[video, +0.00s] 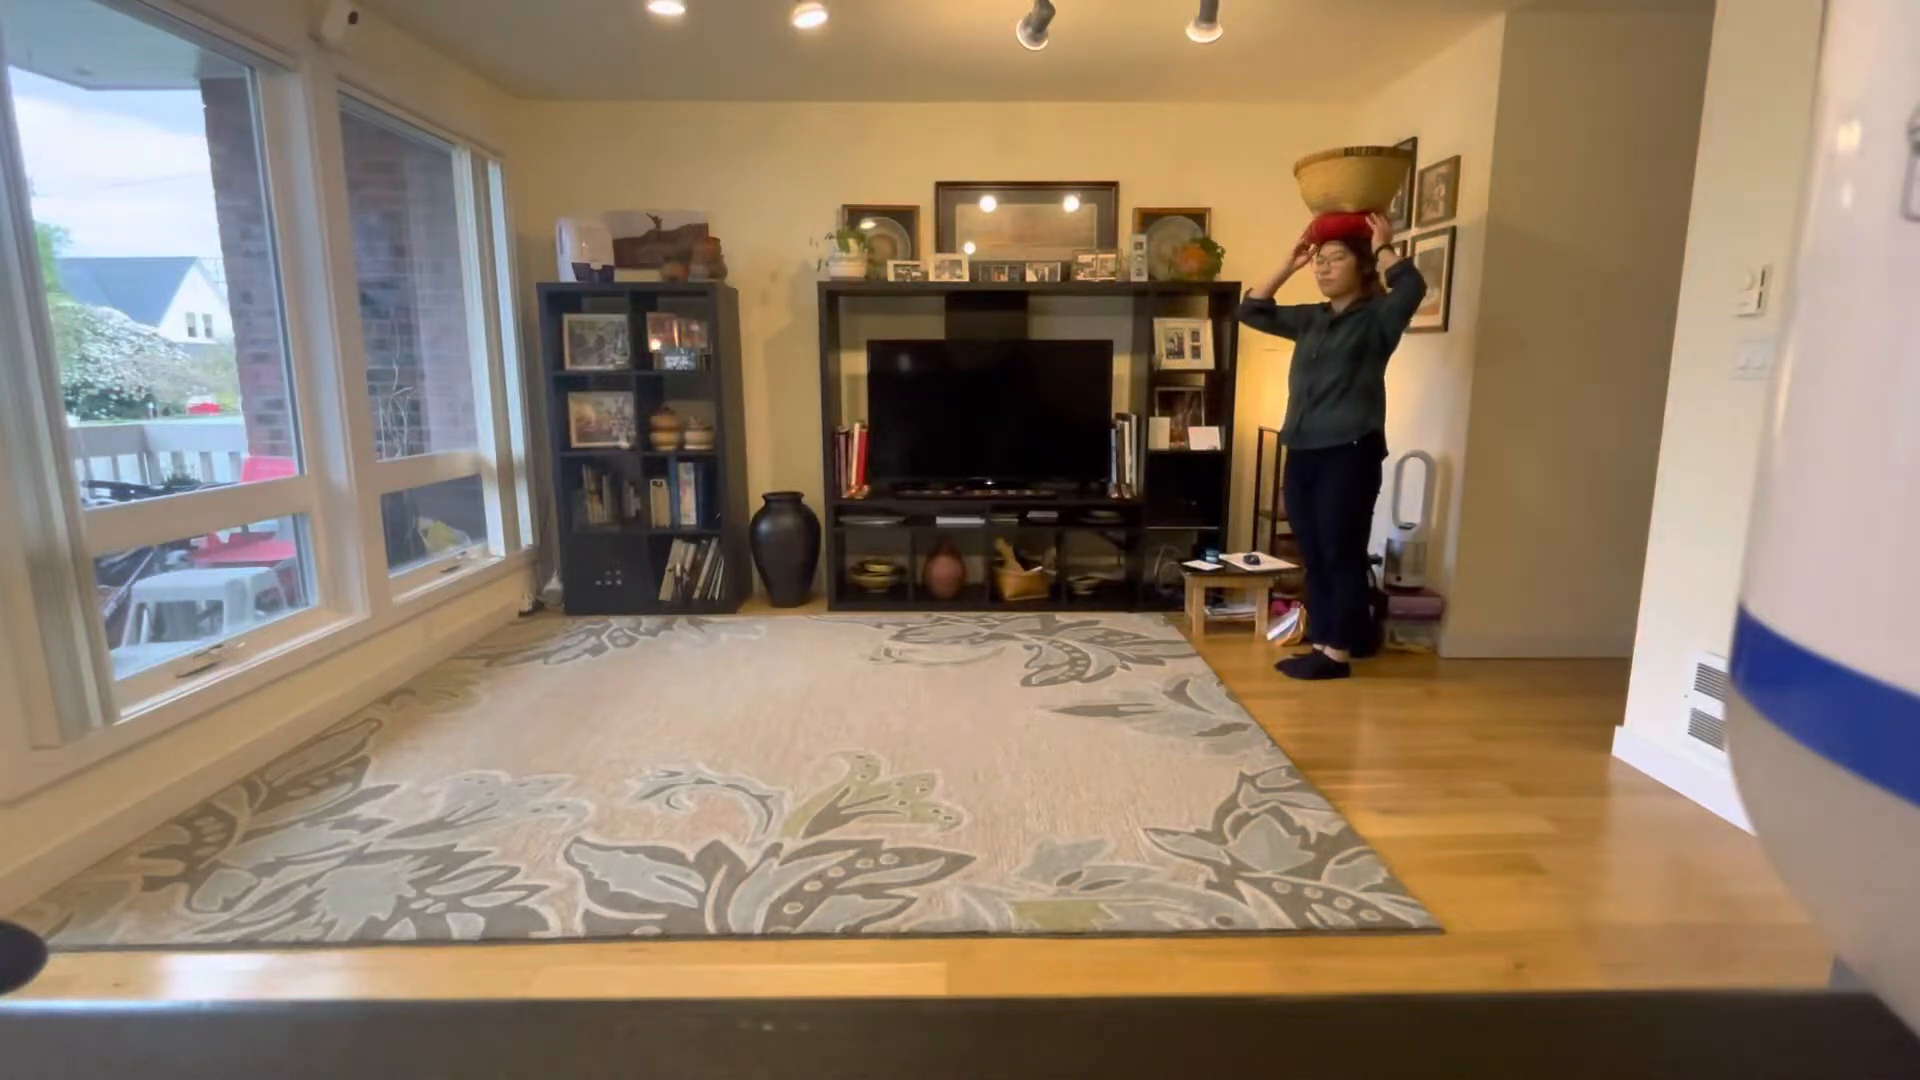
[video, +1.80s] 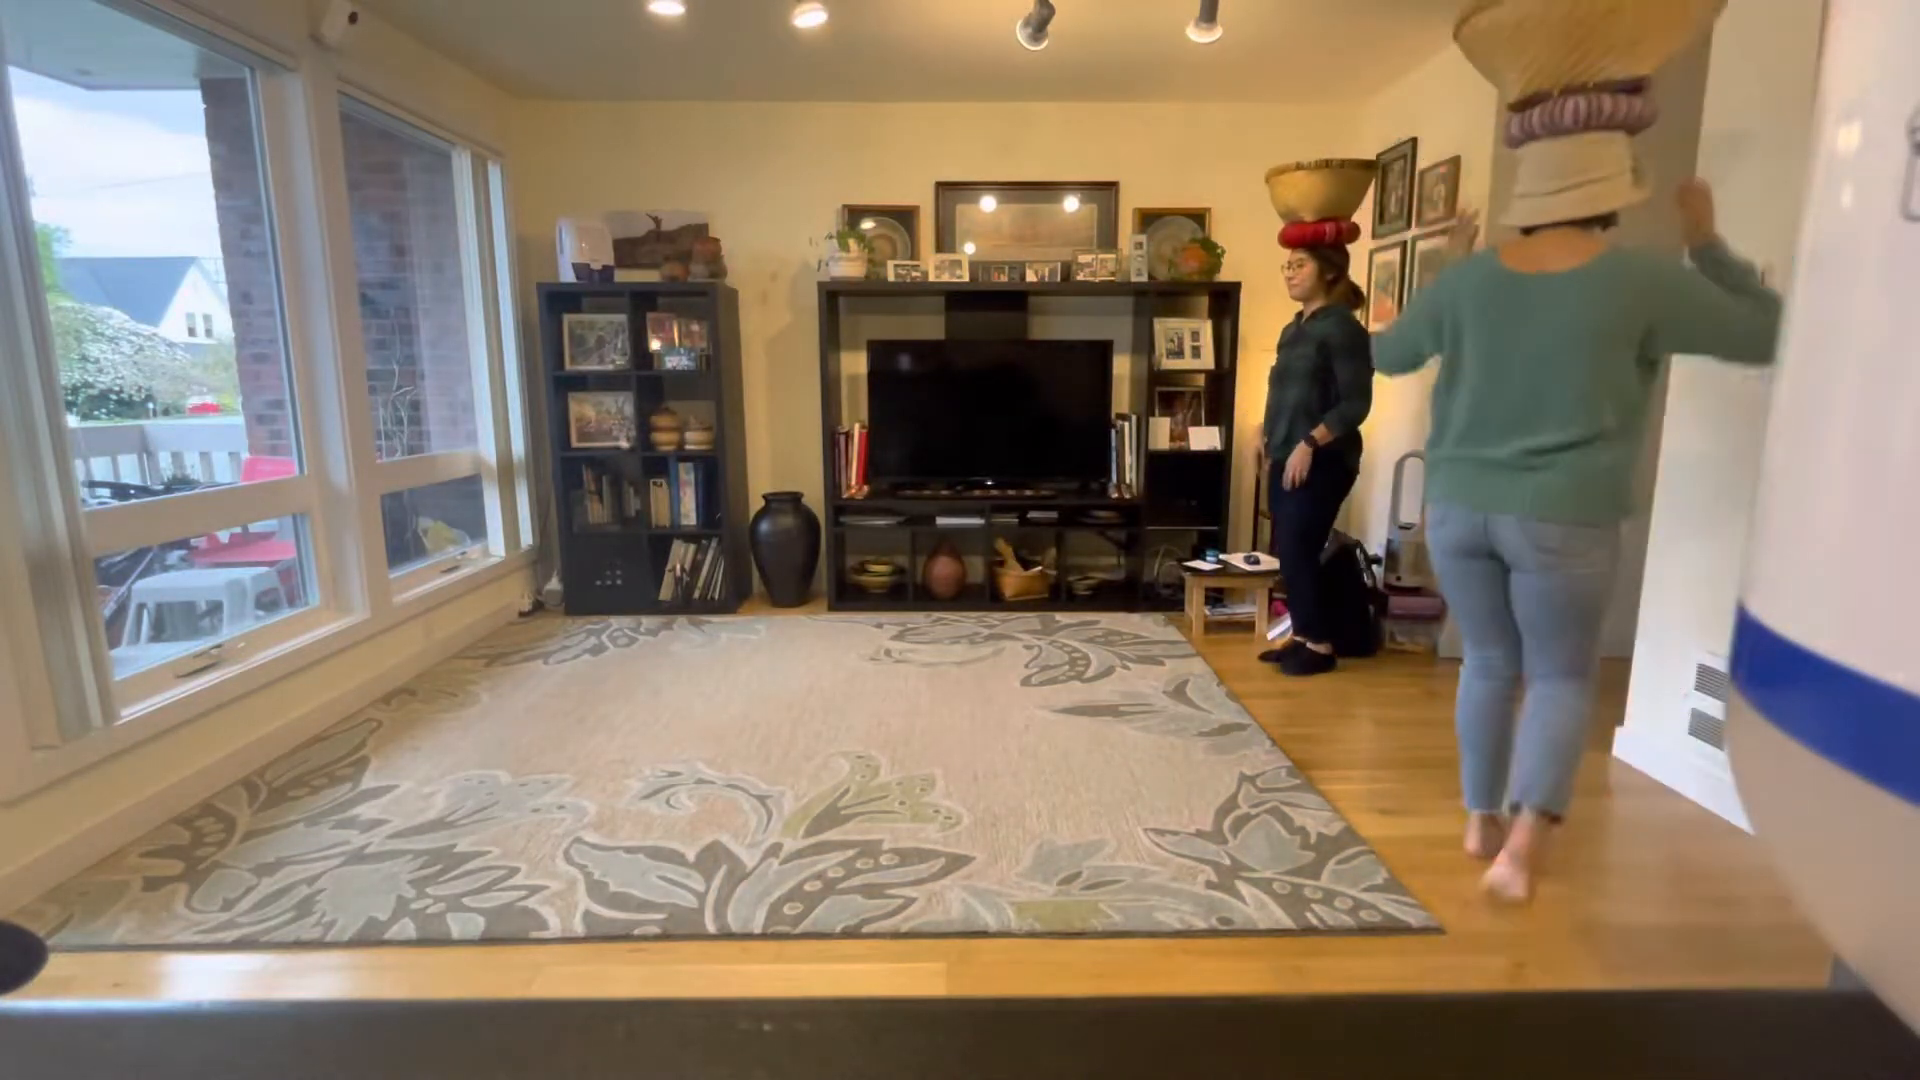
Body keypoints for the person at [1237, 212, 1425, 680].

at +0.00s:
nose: (1323, 267)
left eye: (1335, 258)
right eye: (1318, 259)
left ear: (1362, 266)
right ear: (1313, 266)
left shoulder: (1377, 317)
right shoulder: (1311, 317)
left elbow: (1411, 288)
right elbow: (1250, 311)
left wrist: (1383, 248)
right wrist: (1288, 268)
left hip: (1352, 449)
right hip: (1304, 449)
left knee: (1341, 549)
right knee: (1314, 550)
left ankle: (1338, 652)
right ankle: (1321, 643)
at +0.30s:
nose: (1321, 268)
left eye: (1332, 259)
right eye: (1318, 260)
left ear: (1361, 264)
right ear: (1315, 267)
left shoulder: (1378, 317)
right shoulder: (1313, 323)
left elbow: (1398, 353)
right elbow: (1258, 352)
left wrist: (1370, 293)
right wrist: (1262, 300)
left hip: (1350, 457)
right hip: (1305, 456)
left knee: (1341, 553)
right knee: (1315, 553)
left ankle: (1338, 653)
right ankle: (1323, 644)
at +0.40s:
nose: (1321, 268)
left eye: (1332, 259)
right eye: (1318, 261)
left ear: (1362, 266)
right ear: (1314, 268)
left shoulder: (1382, 322)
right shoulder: (1316, 325)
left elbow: (1391, 382)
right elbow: (1269, 370)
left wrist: (1347, 345)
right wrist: (1254, 325)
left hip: (1350, 459)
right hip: (1305, 458)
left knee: (1340, 553)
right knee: (1314, 553)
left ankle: (1337, 652)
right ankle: (1324, 643)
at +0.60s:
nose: (1319, 268)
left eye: (1330, 259)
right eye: (1317, 261)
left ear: (1361, 266)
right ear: (1316, 268)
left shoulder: (1378, 324)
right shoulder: (1318, 328)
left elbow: (1392, 399)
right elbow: (1296, 395)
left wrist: (1334, 410)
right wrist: (1257, 370)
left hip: (1350, 462)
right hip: (1308, 460)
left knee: (1339, 554)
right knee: (1315, 555)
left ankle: (1337, 652)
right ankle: (1323, 643)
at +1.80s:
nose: (1288, 274)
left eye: (1298, 266)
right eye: (1287, 267)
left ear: (1327, 272)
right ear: (1294, 273)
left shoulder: (1342, 326)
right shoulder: (1294, 329)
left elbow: (1356, 402)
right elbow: (1284, 390)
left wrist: (1310, 442)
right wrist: (1266, 434)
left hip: (1327, 454)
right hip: (1290, 452)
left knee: (1300, 547)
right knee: (1288, 547)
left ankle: (1319, 643)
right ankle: (1301, 634)